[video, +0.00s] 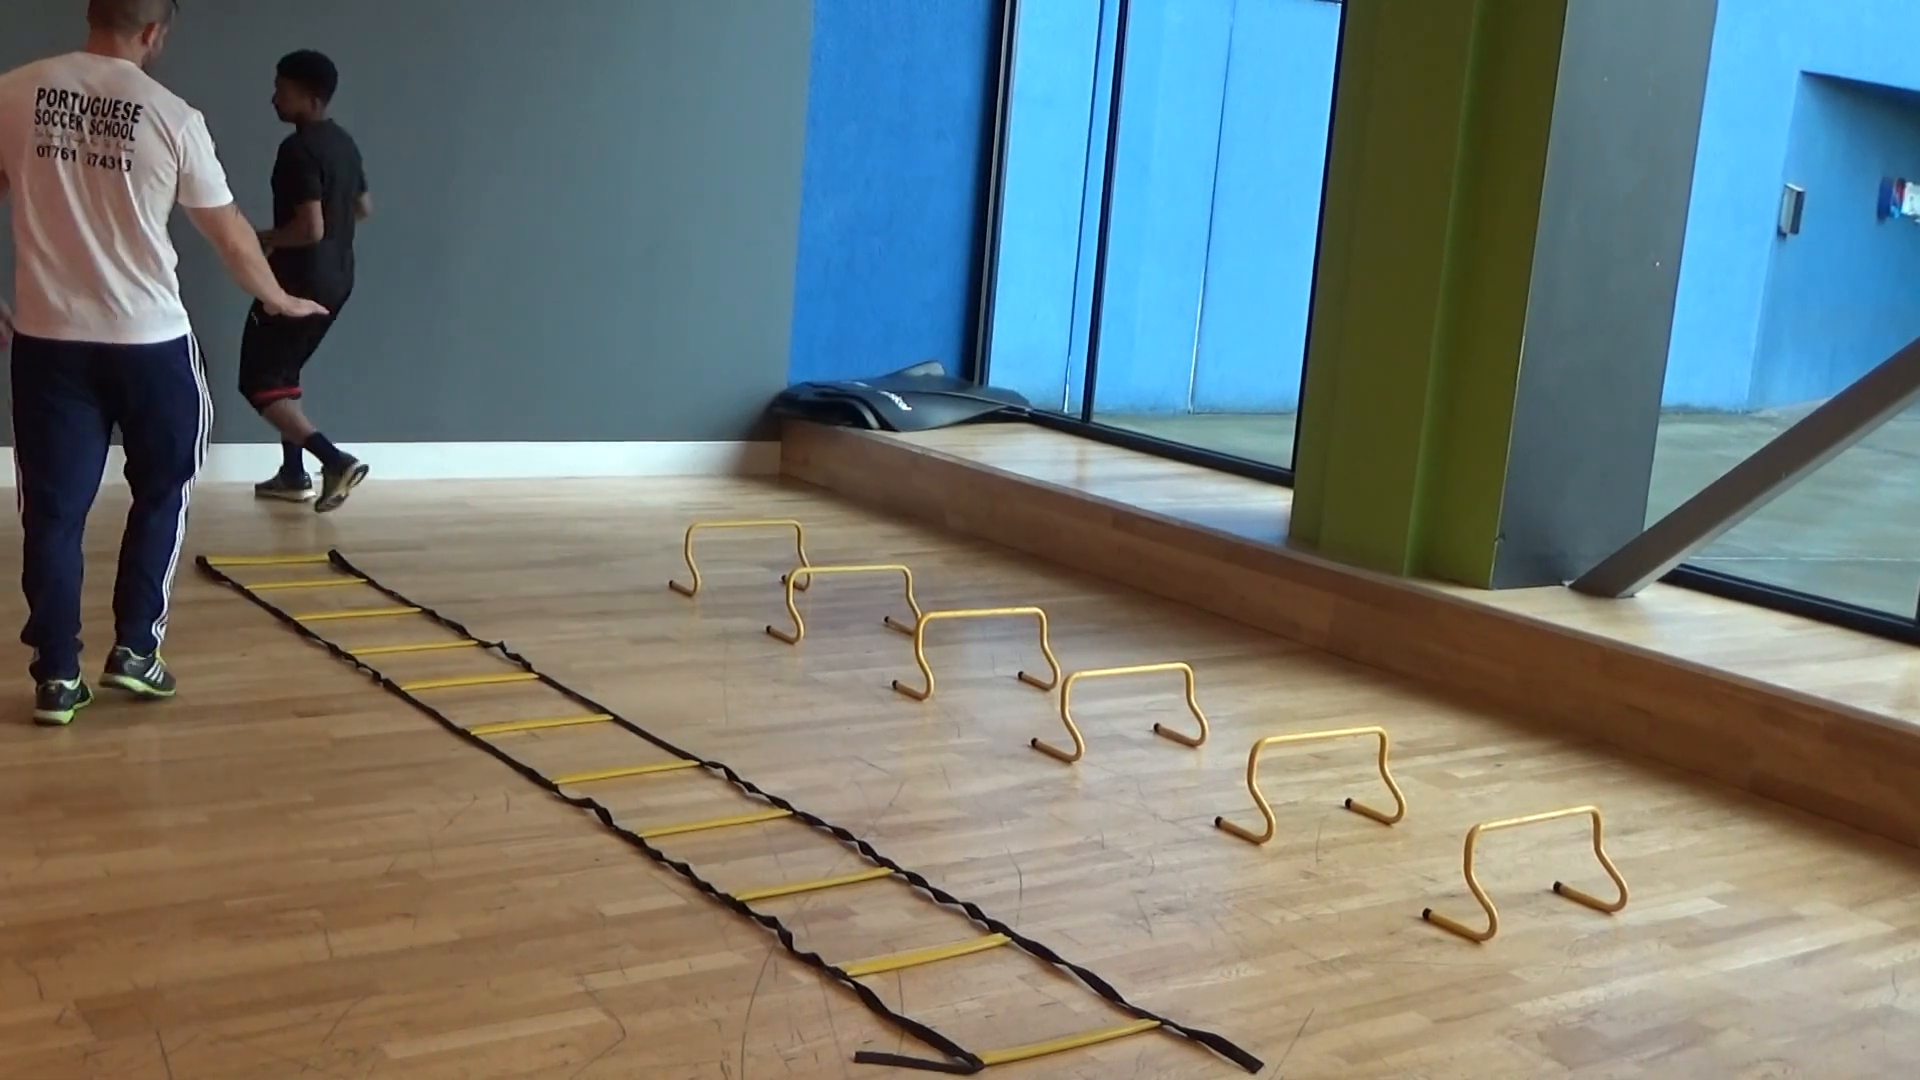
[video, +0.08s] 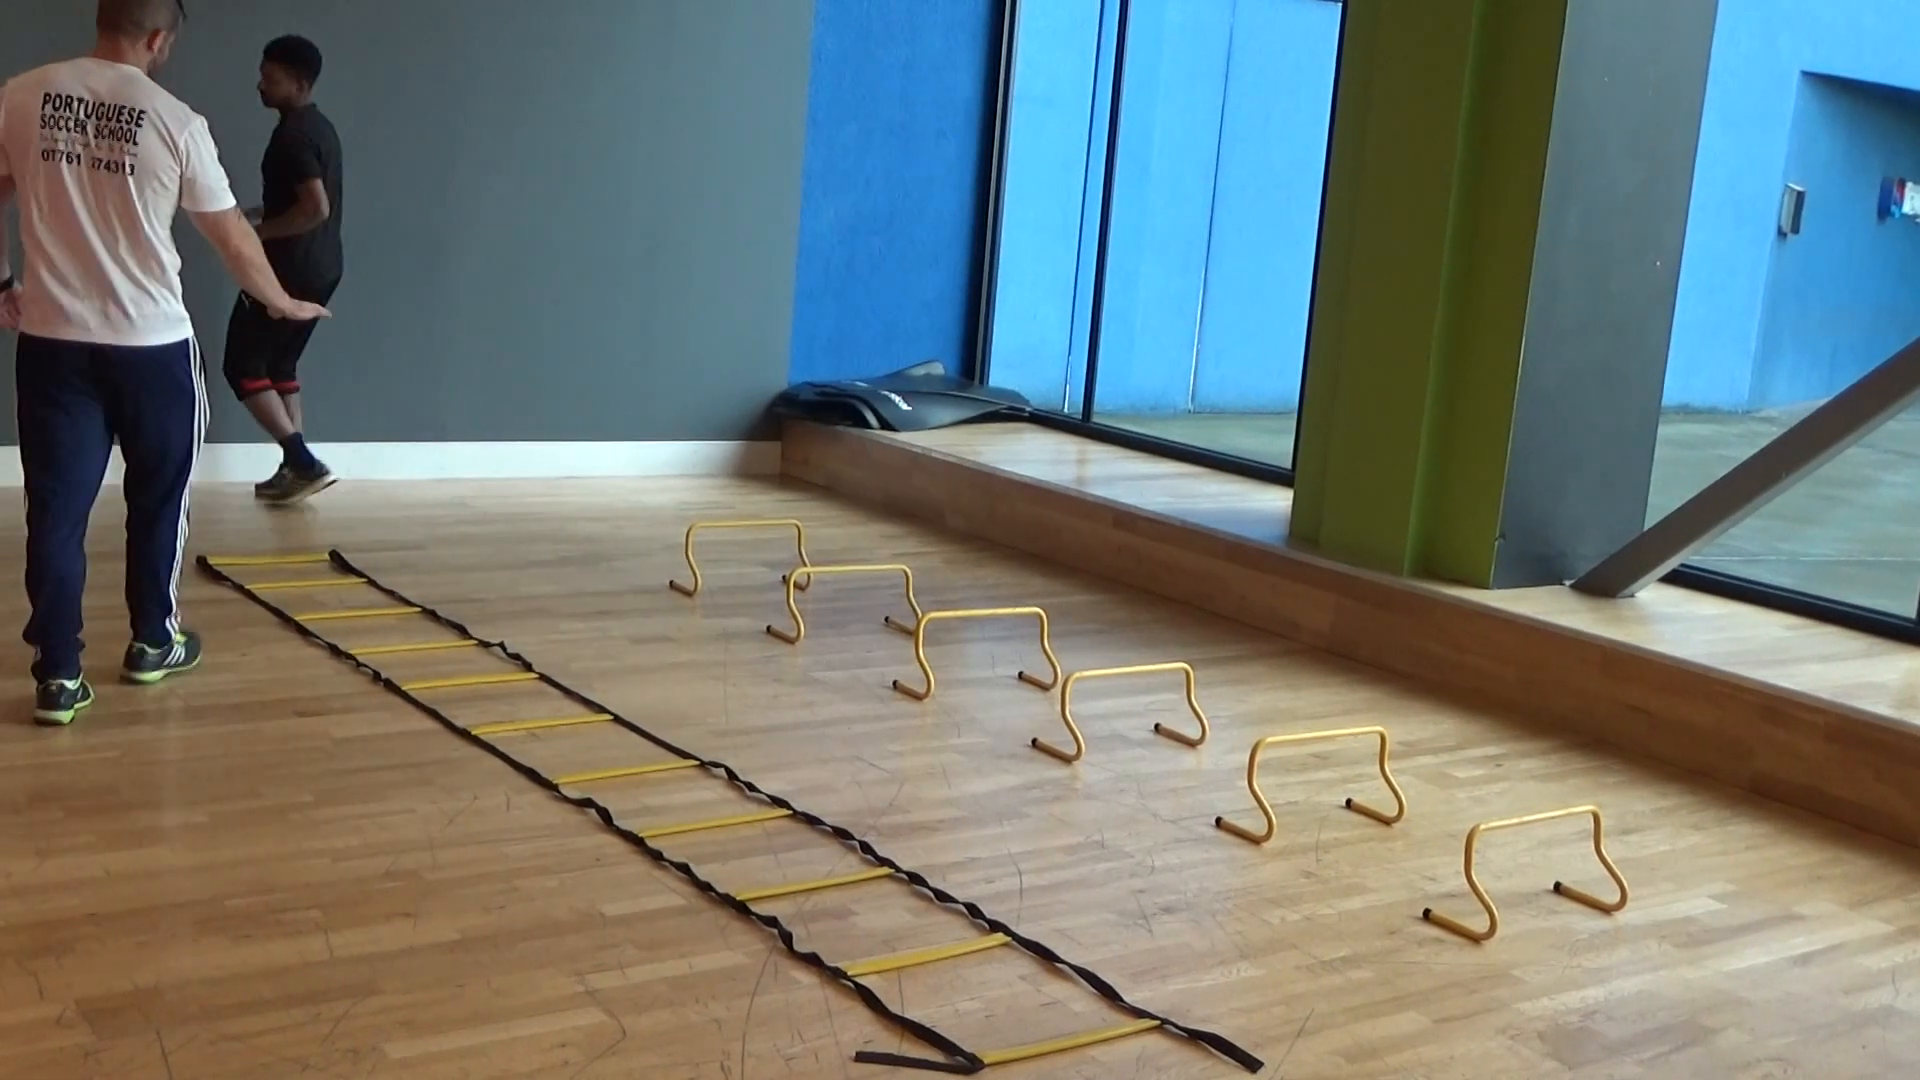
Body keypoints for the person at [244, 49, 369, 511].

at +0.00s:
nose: (274, 95)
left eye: (281, 87)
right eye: (276, 86)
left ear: (308, 93)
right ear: (319, 95)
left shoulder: (298, 148)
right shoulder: (342, 142)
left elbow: (309, 228)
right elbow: (361, 208)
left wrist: (260, 240)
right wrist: (309, 216)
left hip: (299, 281)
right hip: (334, 279)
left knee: (258, 384)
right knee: (283, 373)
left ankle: (336, 463)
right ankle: (292, 473)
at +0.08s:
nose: (259, 80)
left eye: (268, 73)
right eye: (262, 71)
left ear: (294, 79)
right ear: (301, 82)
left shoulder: (295, 132)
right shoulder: (319, 128)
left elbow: (314, 208)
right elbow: (310, 203)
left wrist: (257, 232)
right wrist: (255, 214)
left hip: (291, 266)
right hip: (320, 264)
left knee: (242, 366)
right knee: (282, 365)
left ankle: (302, 461)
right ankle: (293, 468)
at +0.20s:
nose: (247, 68)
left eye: (258, 62)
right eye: (246, 59)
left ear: (284, 66)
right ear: (248, 58)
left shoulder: (284, 107)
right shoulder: (274, 105)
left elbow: (318, 176)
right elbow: (281, 173)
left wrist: (253, 203)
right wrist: (241, 184)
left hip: (276, 253)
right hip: (292, 250)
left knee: (240, 350)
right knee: (276, 351)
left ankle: (245, 465)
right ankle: (294, 463)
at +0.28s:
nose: (240, 68)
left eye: (252, 61)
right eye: (238, 58)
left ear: (277, 65)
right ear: (236, 55)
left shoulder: (275, 106)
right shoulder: (256, 103)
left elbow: (313, 175)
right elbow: (266, 169)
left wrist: (252, 195)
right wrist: (234, 187)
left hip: (267, 250)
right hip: (266, 246)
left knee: (238, 356)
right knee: (268, 351)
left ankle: (222, 462)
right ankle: (294, 462)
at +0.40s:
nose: (234, 72)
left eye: (247, 66)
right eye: (232, 61)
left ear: (267, 71)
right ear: (224, 59)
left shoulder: (264, 116)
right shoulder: (231, 110)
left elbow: (289, 191)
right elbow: (226, 174)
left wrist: (232, 212)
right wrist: (202, 202)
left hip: (254, 254)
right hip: (225, 249)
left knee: (227, 354)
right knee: (225, 354)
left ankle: (220, 465)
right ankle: (281, 447)